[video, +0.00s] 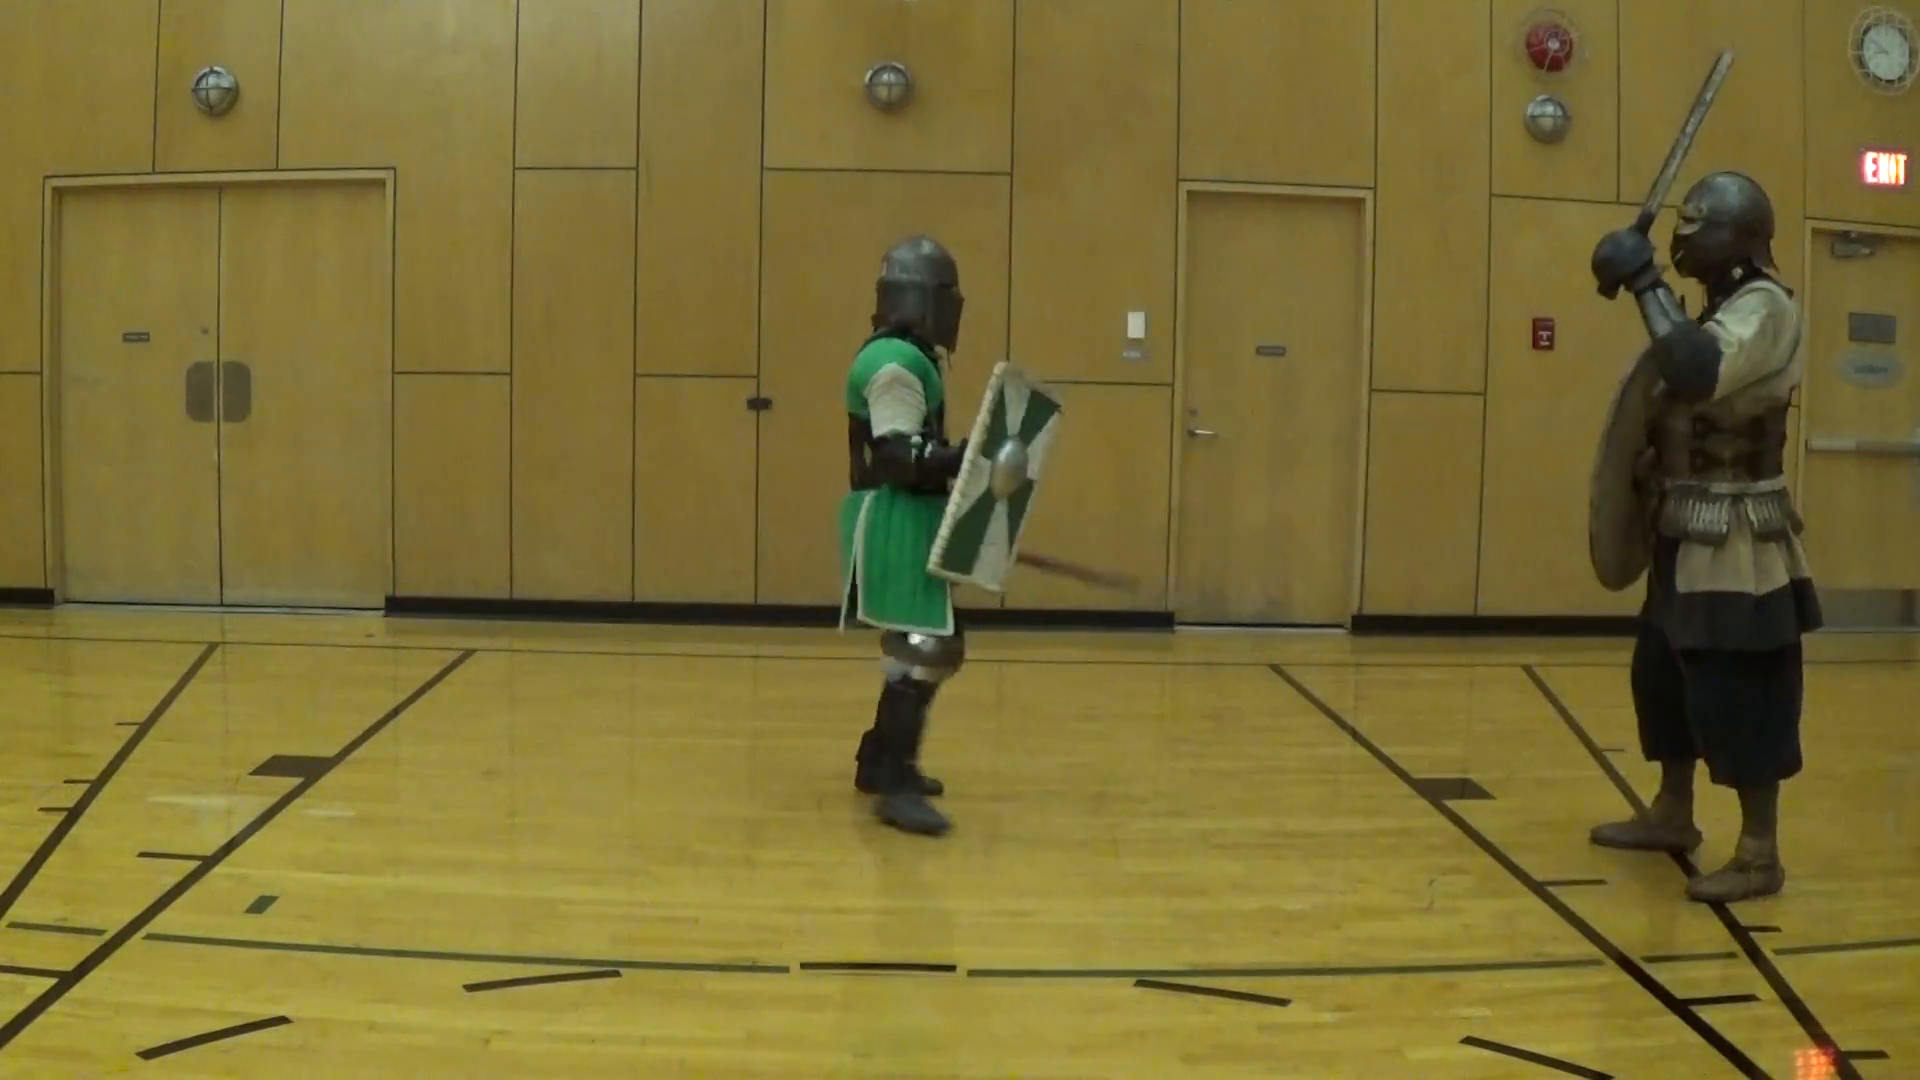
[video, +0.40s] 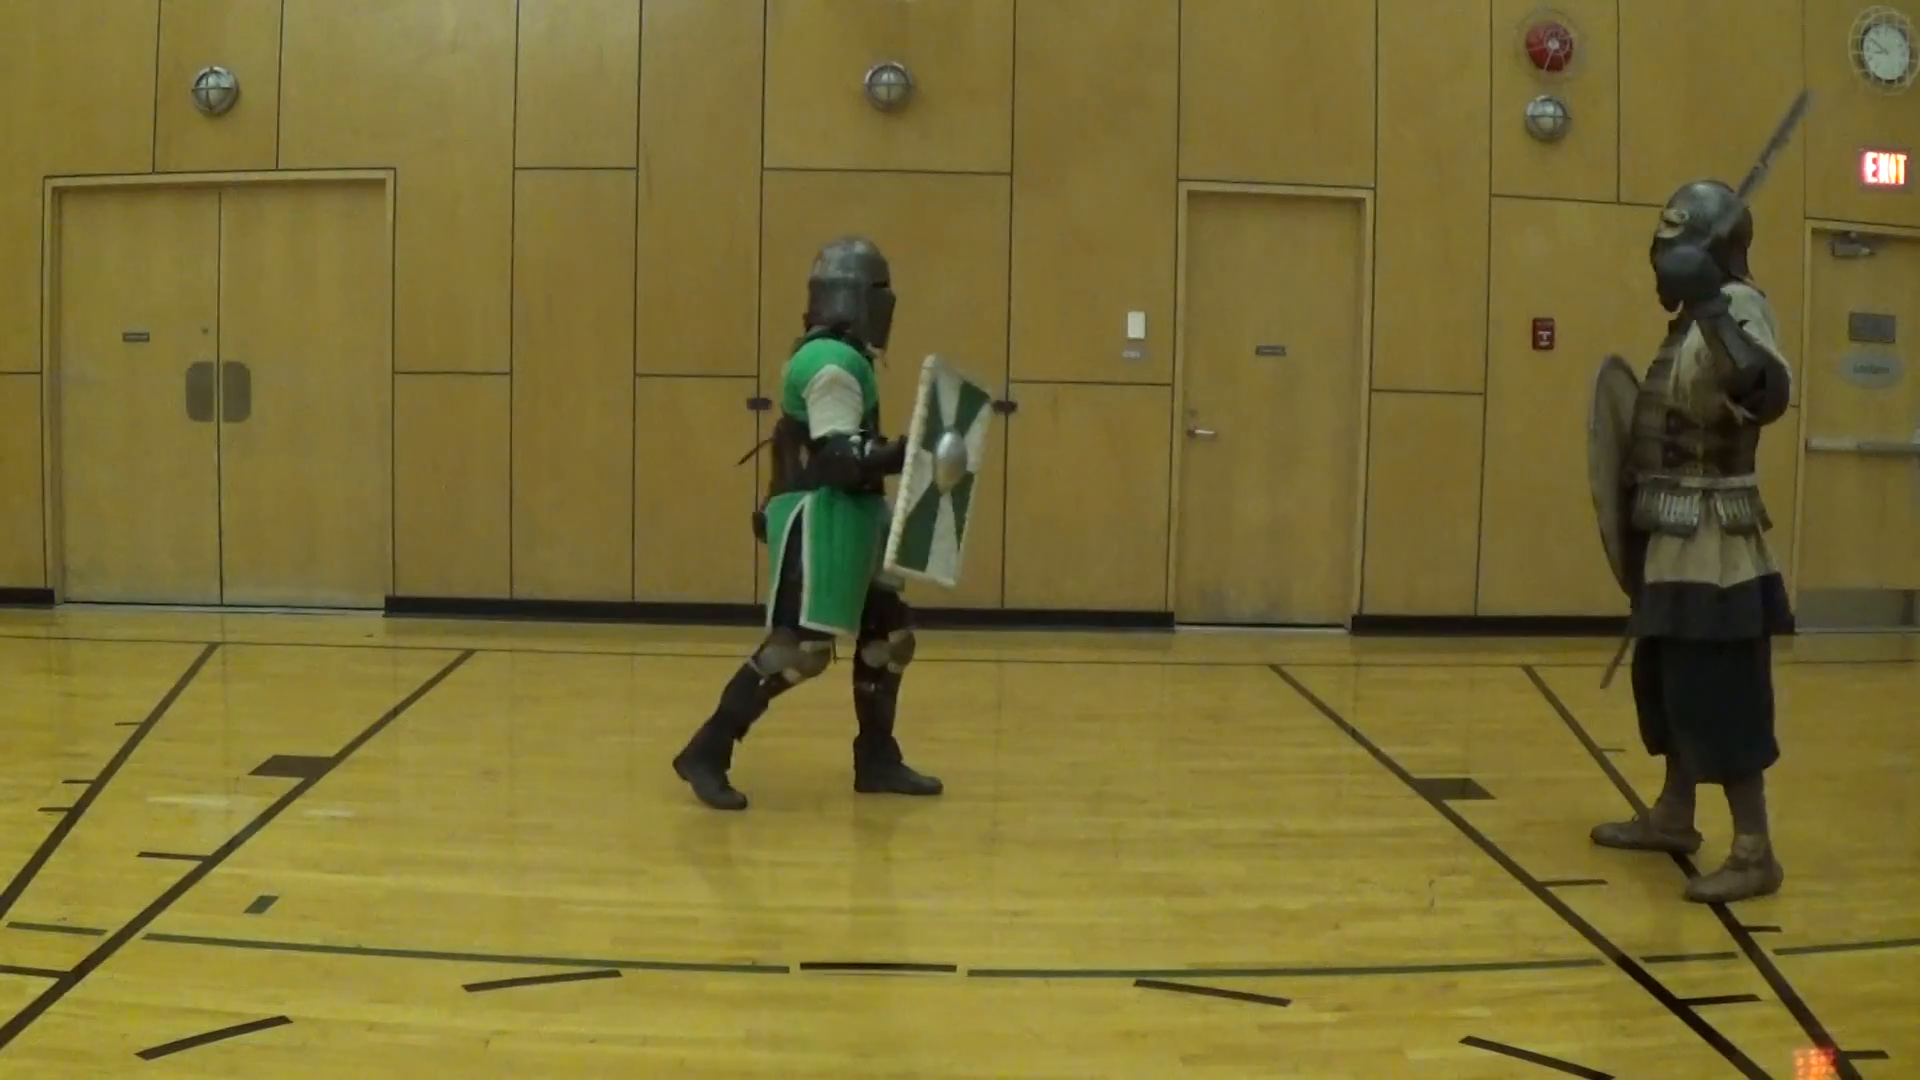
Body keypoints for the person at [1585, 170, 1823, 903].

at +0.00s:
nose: (1682, 232)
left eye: (1698, 222)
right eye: (1683, 221)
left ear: (1745, 237)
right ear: (1707, 238)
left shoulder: (1766, 305)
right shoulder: (1718, 305)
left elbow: (1695, 369)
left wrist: (1648, 281)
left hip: (1742, 541)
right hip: (1687, 536)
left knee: (1747, 693)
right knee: (1662, 675)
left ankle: (1759, 856)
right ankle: (1673, 814)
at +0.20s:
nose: (1679, 237)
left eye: (1694, 227)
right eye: (1679, 226)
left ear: (1736, 240)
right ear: (1695, 238)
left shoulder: (1754, 300)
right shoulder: (1705, 301)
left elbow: (1744, 379)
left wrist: (1678, 292)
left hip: (1736, 533)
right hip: (1685, 530)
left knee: (1751, 689)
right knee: (1677, 674)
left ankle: (1759, 855)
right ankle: (1674, 814)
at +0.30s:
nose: (1668, 239)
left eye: (1683, 228)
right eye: (1671, 227)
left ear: (1721, 243)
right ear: (1698, 242)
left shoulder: (1745, 302)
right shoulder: (1697, 314)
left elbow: (1765, 389)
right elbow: (1685, 426)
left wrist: (1696, 304)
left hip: (1728, 539)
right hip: (1680, 536)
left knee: (1743, 688)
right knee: (1674, 674)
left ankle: (1758, 852)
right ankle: (1674, 814)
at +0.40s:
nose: (1658, 250)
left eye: (1672, 237)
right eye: (1659, 236)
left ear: (1715, 245)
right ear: (1699, 249)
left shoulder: (1739, 305)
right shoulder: (1689, 321)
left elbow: (1768, 396)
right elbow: (1677, 429)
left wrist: (1711, 310)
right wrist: (1631, 404)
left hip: (1718, 543)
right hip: (1675, 540)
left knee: (1722, 689)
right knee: (1669, 677)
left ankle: (1754, 852)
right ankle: (1674, 814)